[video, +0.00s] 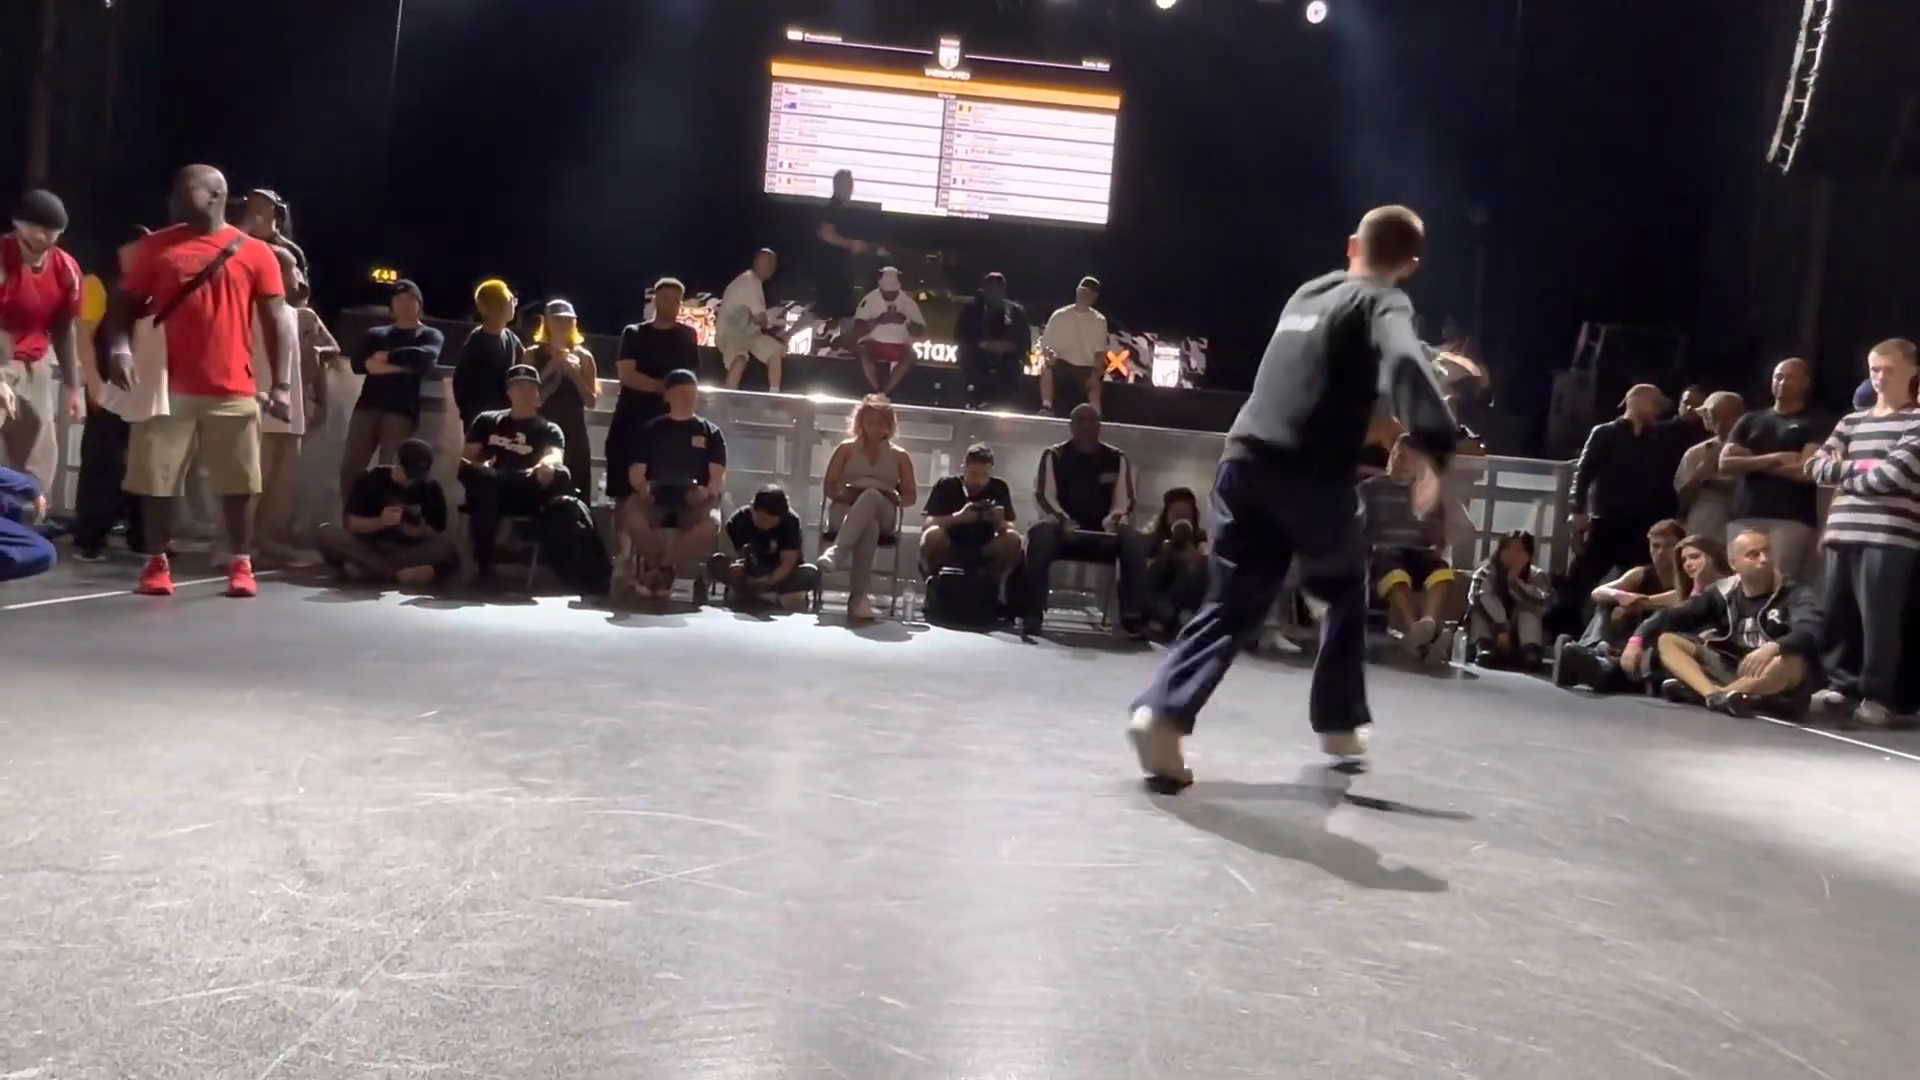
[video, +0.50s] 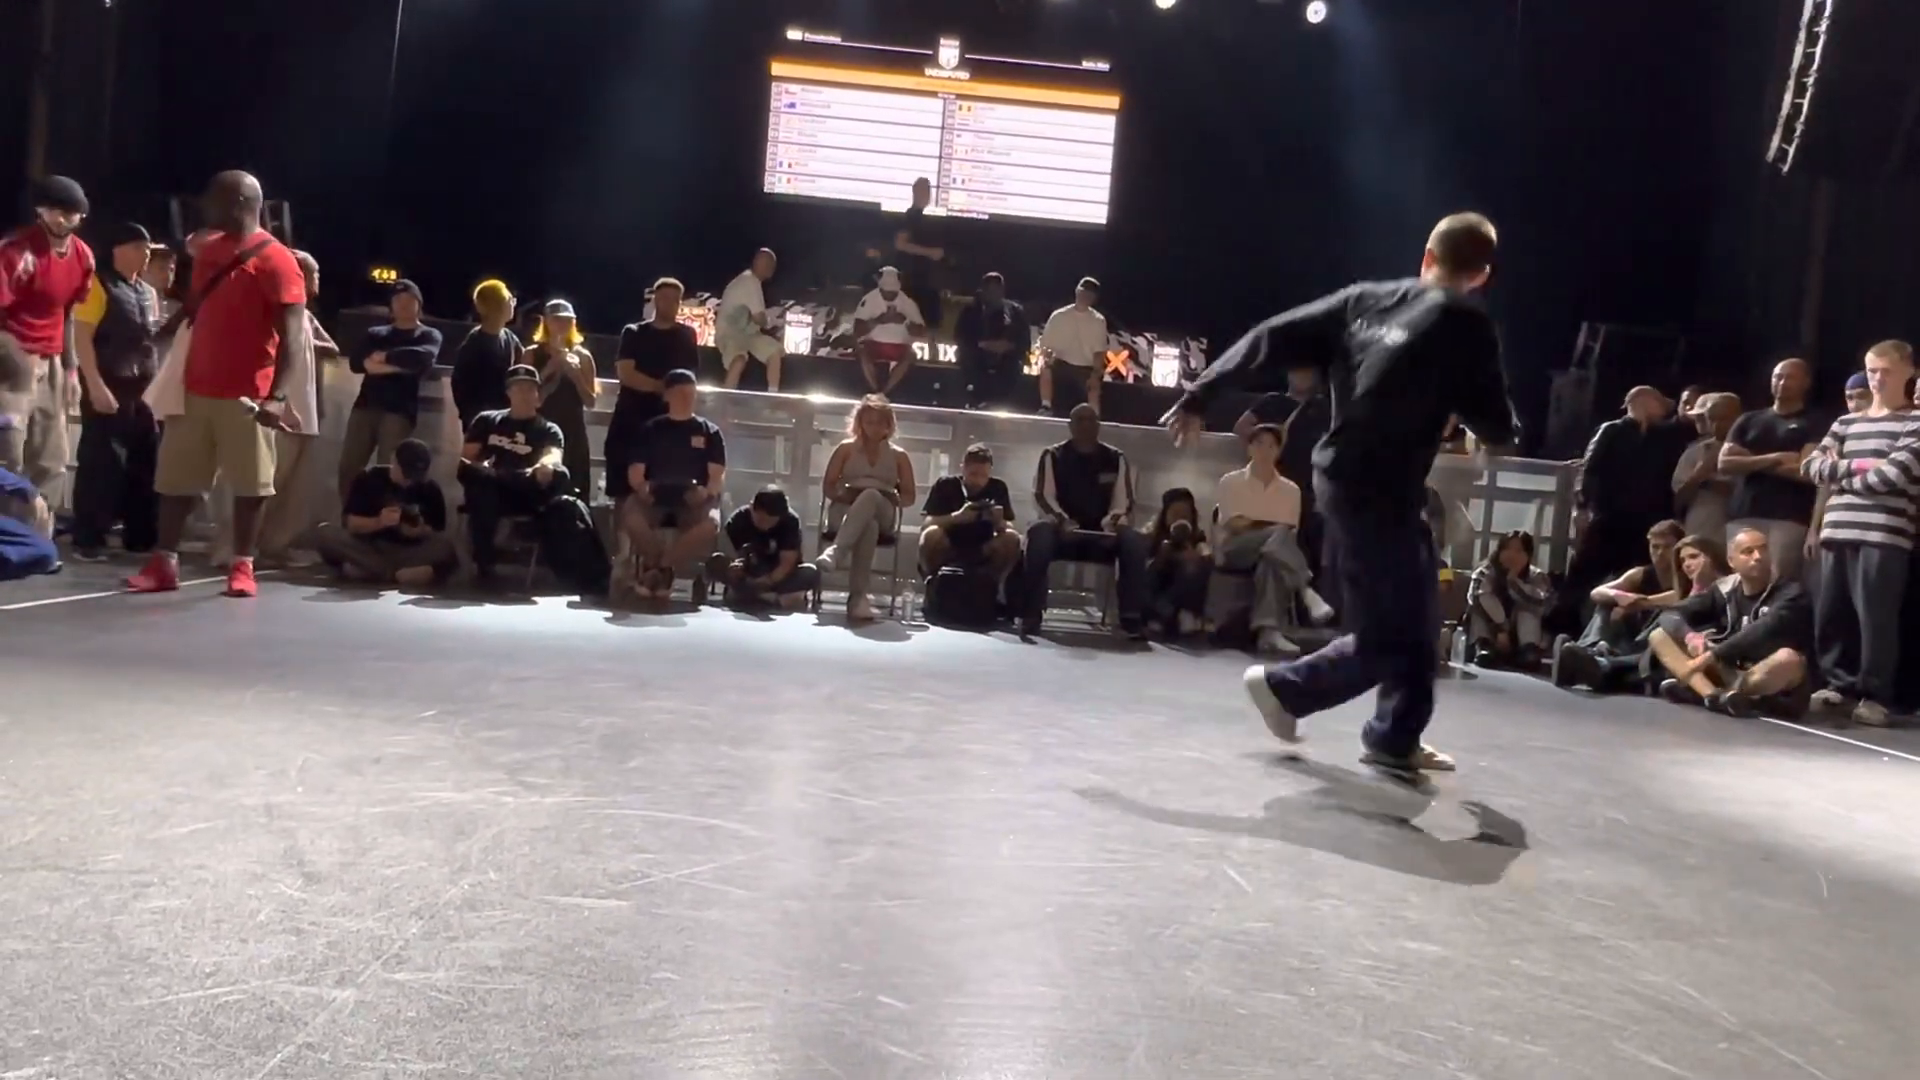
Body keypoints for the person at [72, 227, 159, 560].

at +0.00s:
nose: (138, 262)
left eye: (144, 255)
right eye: (133, 254)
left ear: (153, 258)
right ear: (119, 255)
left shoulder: (162, 290)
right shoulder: (100, 286)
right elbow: (85, 335)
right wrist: (95, 384)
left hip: (153, 397)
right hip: (111, 396)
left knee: (147, 471)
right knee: (100, 472)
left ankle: (143, 535)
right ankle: (91, 538)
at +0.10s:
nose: (146, 255)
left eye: (149, 248)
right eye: (140, 248)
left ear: (150, 253)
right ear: (120, 251)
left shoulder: (152, 290)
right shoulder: (99, 286)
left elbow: (162, 338)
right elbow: (83, 334)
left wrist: (159, 383)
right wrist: (89, 382)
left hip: (145, 390)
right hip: (107, 389)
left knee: (144, 465)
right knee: (102, 465)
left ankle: (142, 535)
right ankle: (90, 537)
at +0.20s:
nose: (145, 256)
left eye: (147, 250)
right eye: (139, 248)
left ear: (149, 253)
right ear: (119, 250)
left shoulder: (149, 291)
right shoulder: (98, 287)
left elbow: (159, 340)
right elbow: (80, 335)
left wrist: (156, 384)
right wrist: (86, 383)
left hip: (142, 390)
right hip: (106, 389)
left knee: (141, 464)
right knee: (100, 465)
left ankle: (141, 534)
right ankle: (90, 537)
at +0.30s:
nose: (143, 254)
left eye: (146, 248)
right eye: (137, 247)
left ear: (147, 252)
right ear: (117, 249)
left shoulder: (151, 293)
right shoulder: (97, 287)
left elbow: (158, 341)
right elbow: (79, 336)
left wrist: (155, 382)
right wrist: (87, 384)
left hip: (143, 390)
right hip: (105, 391)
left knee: (140, 465)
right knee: (99, 465)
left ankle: (140, 535)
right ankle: (90, 536)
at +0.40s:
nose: (144, 255)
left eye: (146, 249)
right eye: (139, 248)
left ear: (145, 253)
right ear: (118, 249)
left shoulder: (149, 292)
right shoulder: (97, 286)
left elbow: (152, 339)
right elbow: (79, 336)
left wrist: (154, 381)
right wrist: (90, 385)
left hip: (142, 387)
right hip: (105, 386)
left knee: (140, 462)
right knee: (100, 461)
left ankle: (139, 533)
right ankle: (89, 536)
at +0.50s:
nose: (145, 256)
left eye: (147, 249)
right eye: (139, 249)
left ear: (145, 254)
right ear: (118, 250)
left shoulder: (148, 292)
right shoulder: (98, 288)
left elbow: (151, 340)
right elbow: (82, 338)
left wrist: (156, 387)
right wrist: (96, 386)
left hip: (144, 387)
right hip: (108, 386)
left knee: (143, 463)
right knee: (100, 462)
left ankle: (140, 535)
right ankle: (89, 536)